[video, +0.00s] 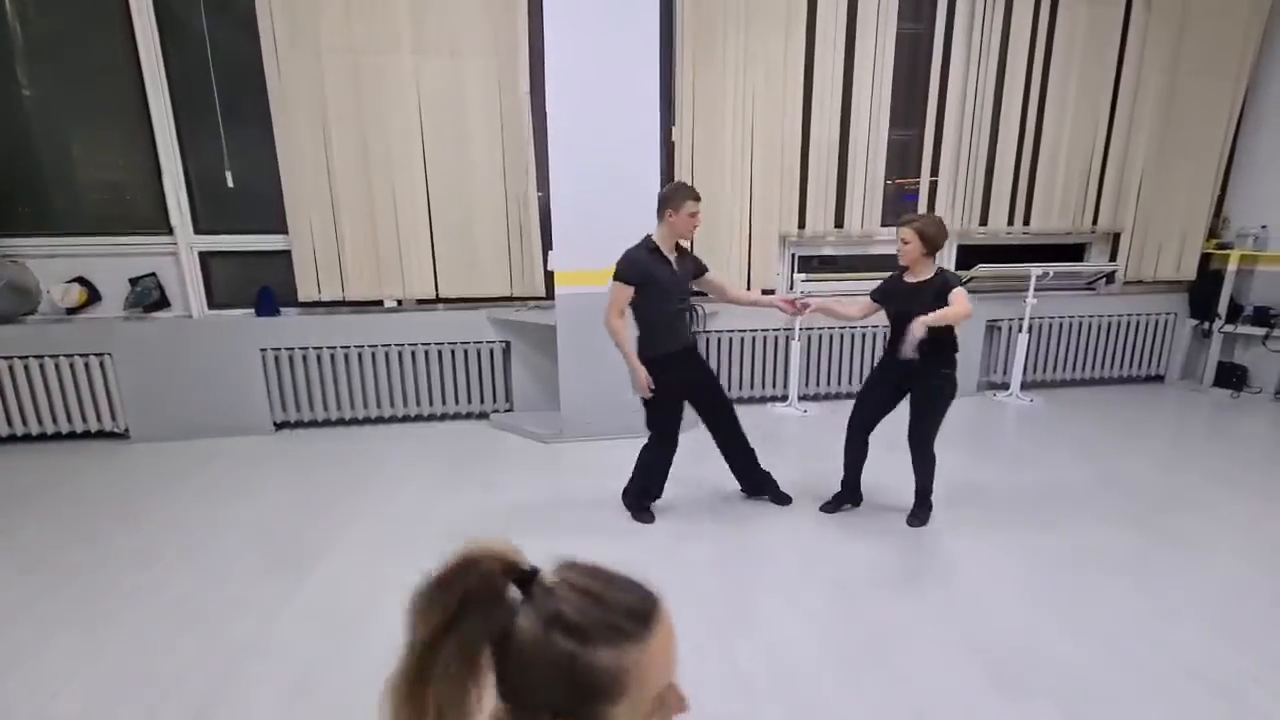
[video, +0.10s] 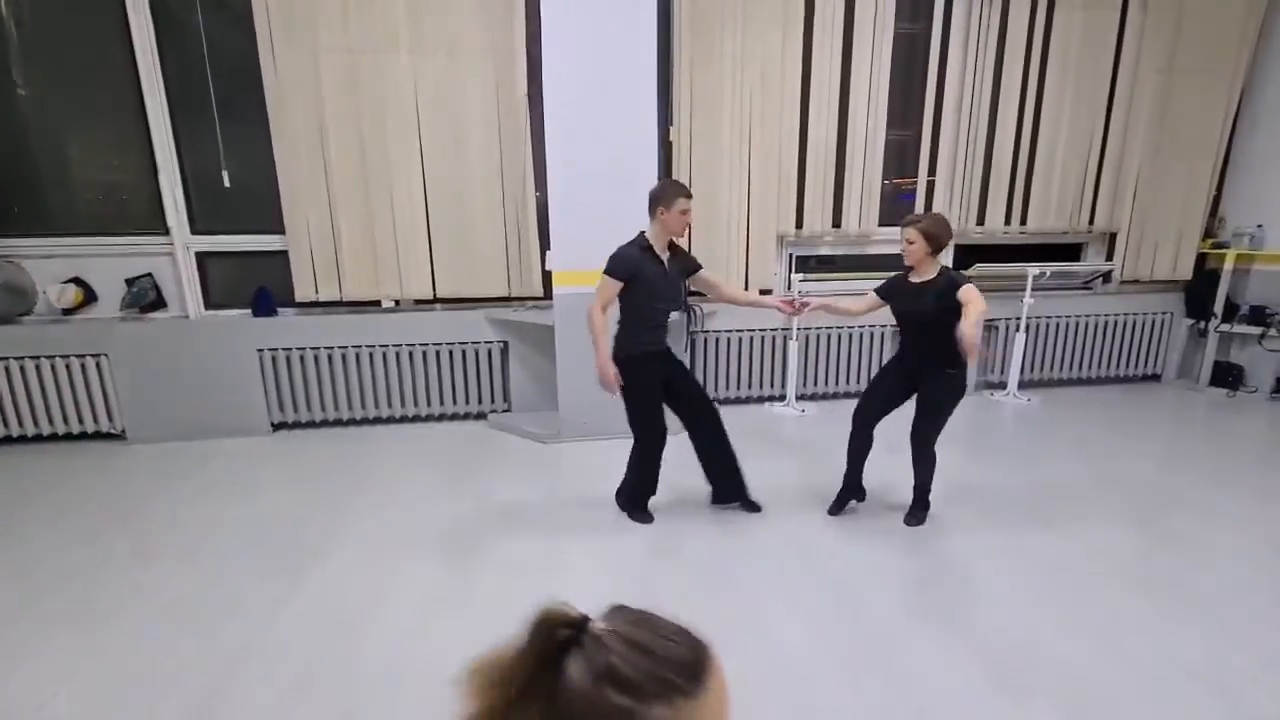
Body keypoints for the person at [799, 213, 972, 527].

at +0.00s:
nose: (899, 247)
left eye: (906, 242)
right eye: (899, 241)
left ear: (927, 247)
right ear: (904, 245)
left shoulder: (946, 281)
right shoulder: (895, 283)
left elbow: (962, 310)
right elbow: (857, 311)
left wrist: (926, 320)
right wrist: (818, 305)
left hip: (934, 376)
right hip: (894, 370)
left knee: (920, 441)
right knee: (858, 425)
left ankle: (922, 503)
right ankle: (850, 491)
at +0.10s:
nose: (903, 247)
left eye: (910, 242)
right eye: (903, 241)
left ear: (931, 246)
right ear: (907, 244)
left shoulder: (952, 282)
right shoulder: (898, 284)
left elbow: (977, 305)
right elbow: (859, 307)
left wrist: (969, 327)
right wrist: (820, 303)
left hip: (945, 374)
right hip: (906, 366)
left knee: (922, 438)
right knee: (863, 417)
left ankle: (920, 500)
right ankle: (851, 485)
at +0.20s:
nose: (905, 248)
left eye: (912, 241)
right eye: (905, 241)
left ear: (934, 245)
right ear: (908, 243)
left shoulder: (955, 281)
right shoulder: (897, 283)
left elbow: (993, 302)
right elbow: (856, 304)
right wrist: (815, 302)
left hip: (953, 373)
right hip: (913, 367)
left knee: (925, 436)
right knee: (872, 417)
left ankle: (919, 499)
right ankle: (860, 486)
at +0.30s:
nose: (906, 246)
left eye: (913, 241)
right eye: (905, 240)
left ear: (935, 245)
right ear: (908, 243)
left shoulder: (953, 282)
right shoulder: (894, 284)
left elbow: (1003, 300)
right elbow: (850, 302)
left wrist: (1055, 318)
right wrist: (806, 300)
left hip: (956, 370)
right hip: (916, 367)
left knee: (926, 433)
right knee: (885, 426)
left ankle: (918, 498)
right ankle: (863, 491)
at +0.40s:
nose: (903, 246)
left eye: (910, 241)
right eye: (901, 240)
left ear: (931, 245)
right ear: (903, 244)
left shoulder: (952, 283)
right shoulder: (890, 284)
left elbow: (1005, 301)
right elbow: (845, 301)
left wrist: (1058, 317)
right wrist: (801, 300)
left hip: (953, 370)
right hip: (913, 367)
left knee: (923, 431)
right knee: (887, 427)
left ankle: (915, 498)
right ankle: (868, 496)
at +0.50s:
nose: (894, 249)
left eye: (901, 243)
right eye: (893, 243)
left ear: (923, 248)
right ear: (894, 245)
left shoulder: (946, 283)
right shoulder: (884, 285)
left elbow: (983, 307)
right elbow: (841, 302)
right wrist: (793, 300)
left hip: (940, 375)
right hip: (900, 370)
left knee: (912, 437)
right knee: (861, 421)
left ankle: (911, 500)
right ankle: (873, 485)